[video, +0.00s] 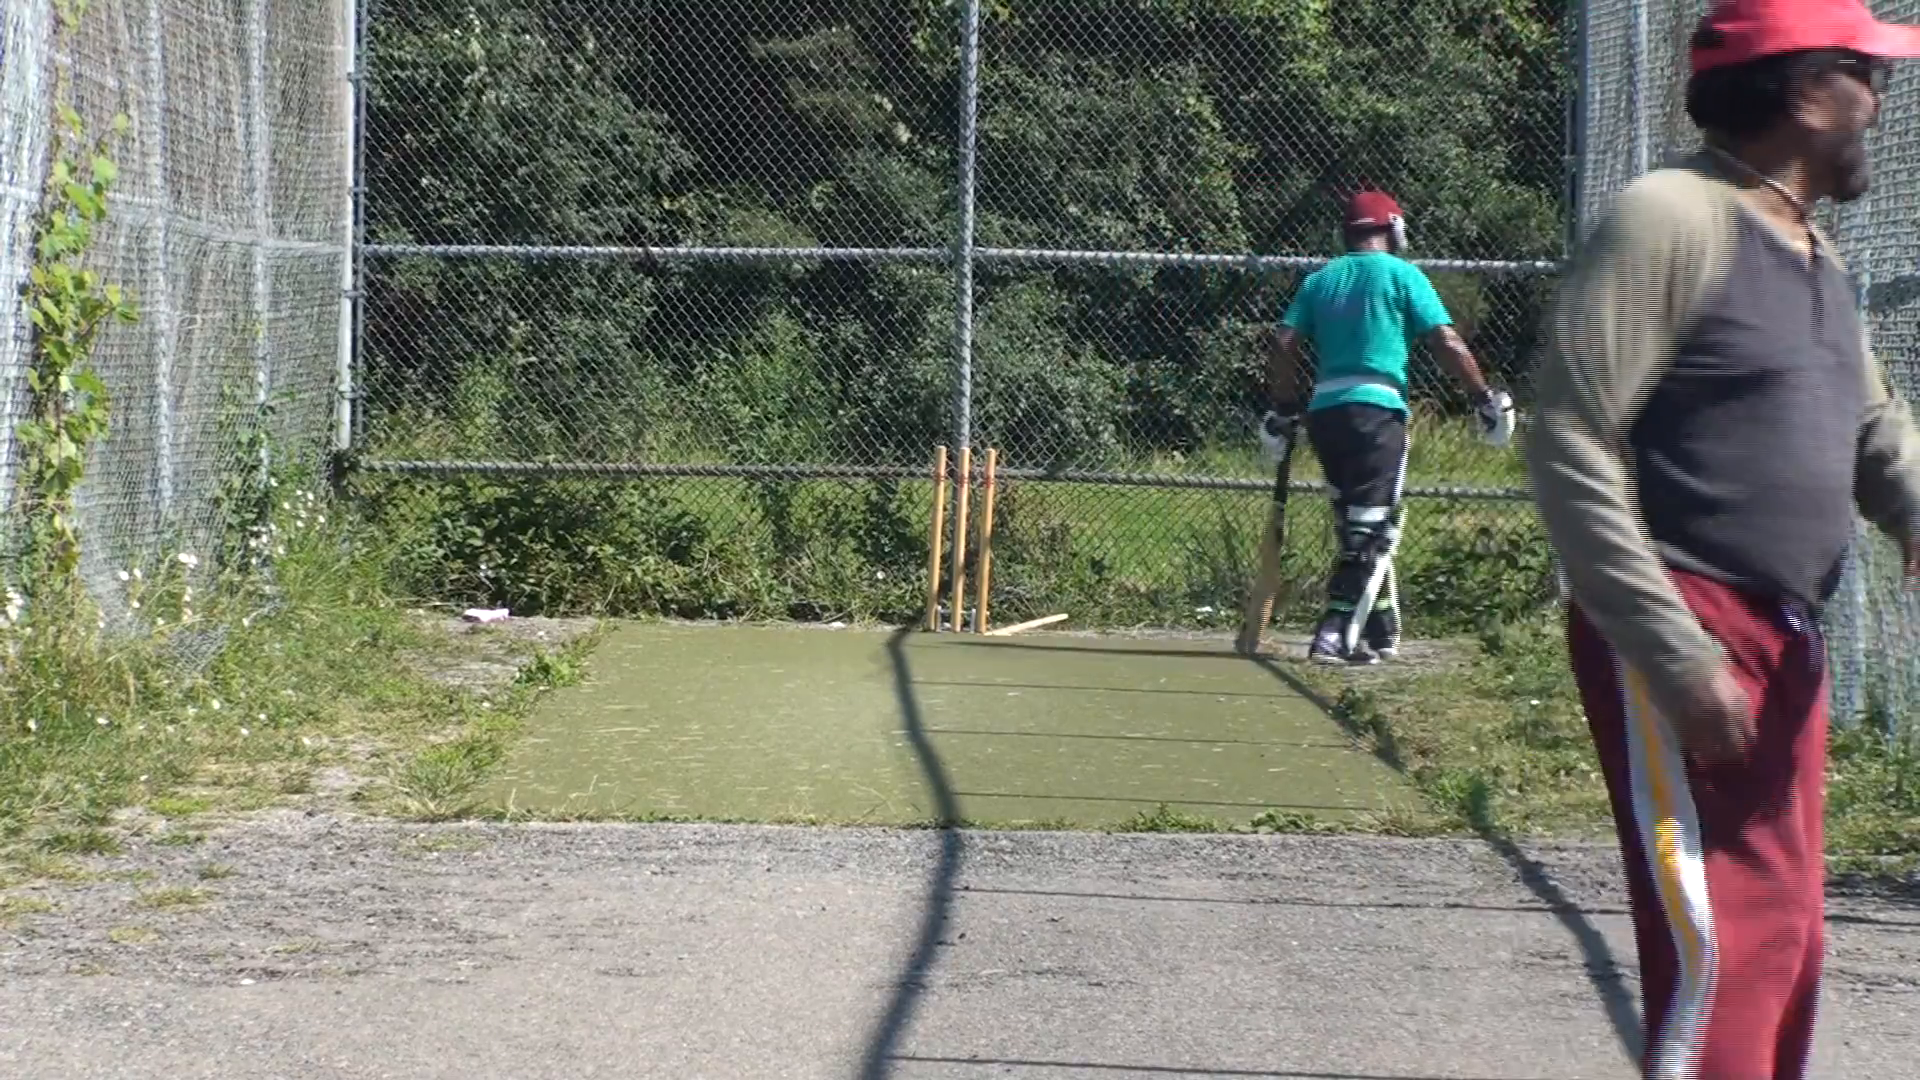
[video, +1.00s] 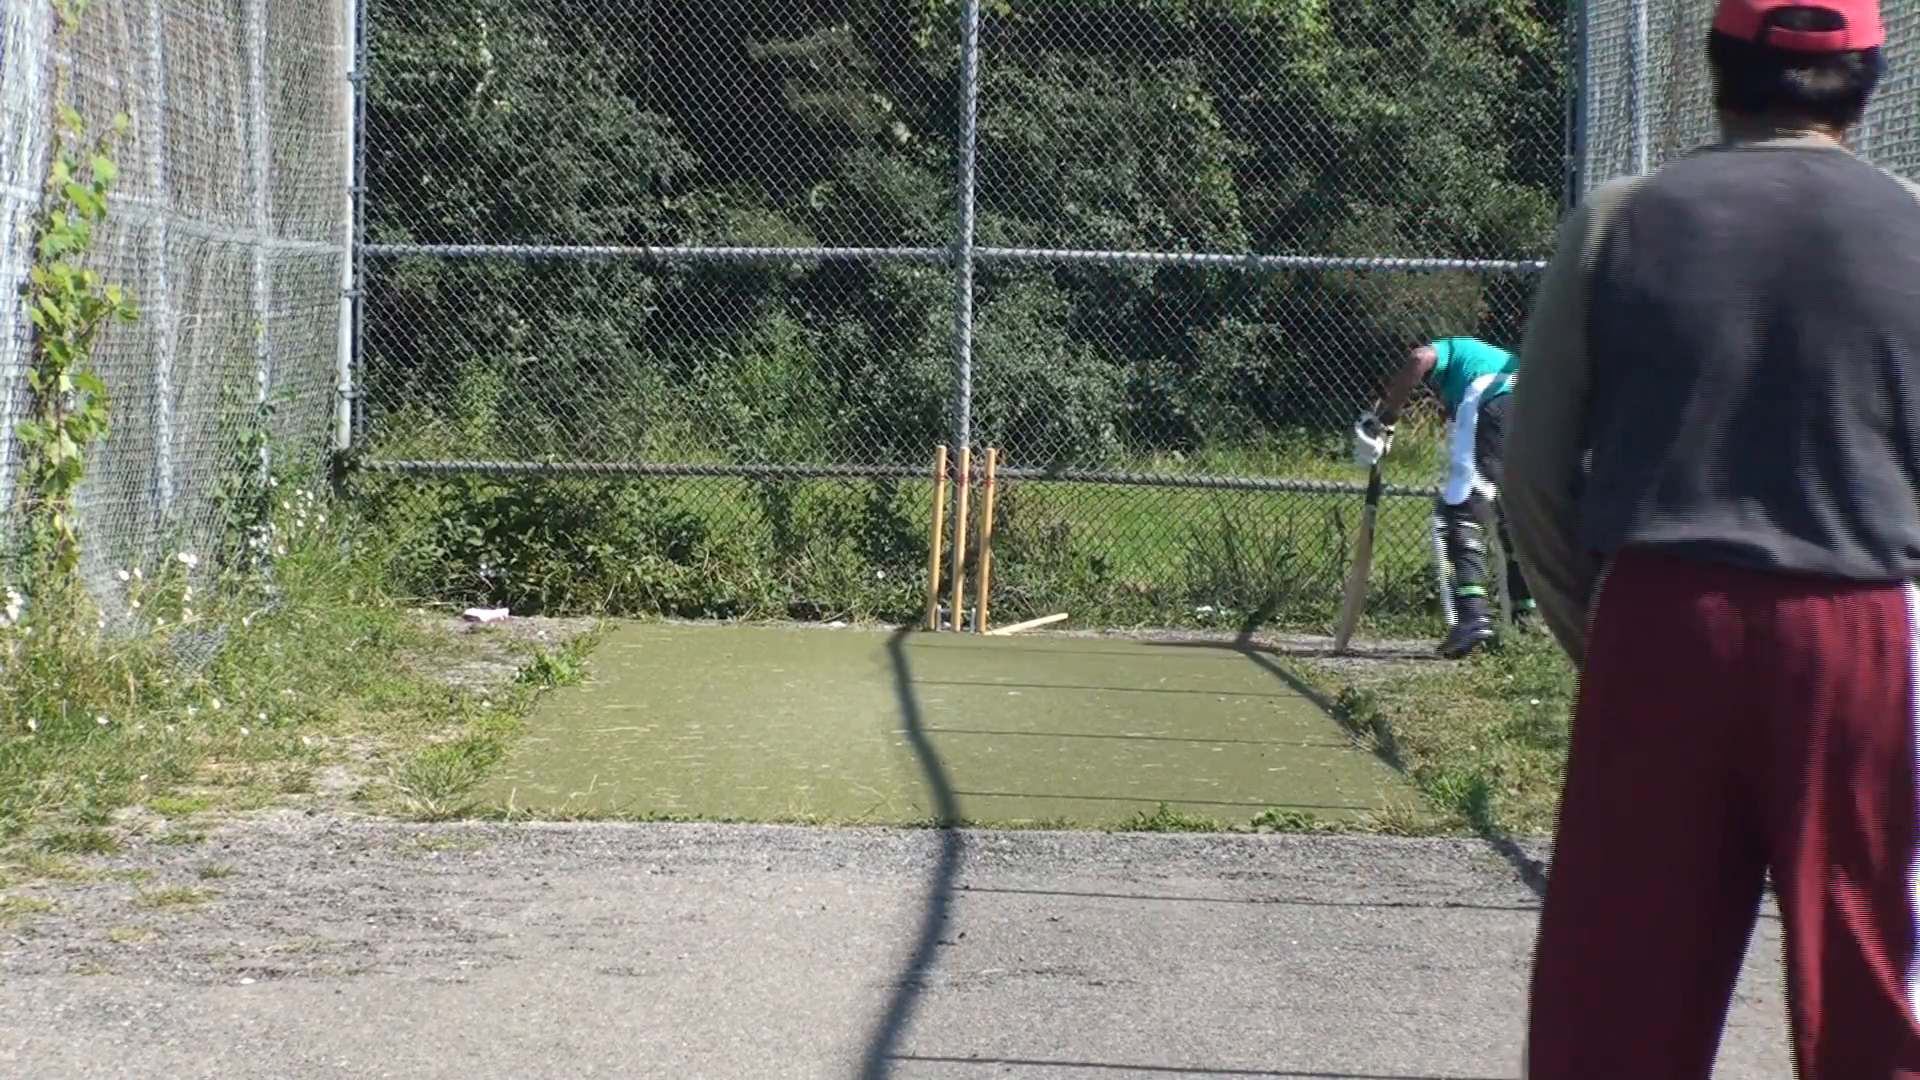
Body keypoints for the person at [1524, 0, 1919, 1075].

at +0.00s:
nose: (1878, 106)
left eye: (1874, 81)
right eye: (1861, 79)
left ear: (1797, 99)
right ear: (1796, 92)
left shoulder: (1816, 253)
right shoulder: (1663, 214)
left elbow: (1872, 431)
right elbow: (1565, 436)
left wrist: (1910, 516)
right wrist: (1674, 657)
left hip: (1783, 631)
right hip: (1679, 617)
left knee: (1790, 943)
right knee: (1724, 951)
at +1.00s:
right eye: (1856, 73)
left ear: (1722, 84)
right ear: (1863, 95)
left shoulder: (1620, 215)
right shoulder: (1906, 223)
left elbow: (1529, 472)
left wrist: (1612, 636)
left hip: (1661, 627)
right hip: (1865, 640)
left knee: (1621, 985)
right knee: (1872, 985)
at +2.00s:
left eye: (1659, 61)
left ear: (1667, 72)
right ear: (1817, 68)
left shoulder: (1593, 218)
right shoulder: (1899, 199)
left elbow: (1500, 482)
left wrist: (1583, 658)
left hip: (1685, 637)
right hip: (1887, 637)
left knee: (1674, 994)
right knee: (1883, 990)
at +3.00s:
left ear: (1742, 52)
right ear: (1893, 51)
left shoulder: (1680, 196)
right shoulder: (1919, 183)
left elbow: (1495, 330)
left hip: (1736, 647)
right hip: (1913, 651)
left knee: (1706, 992)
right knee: (1902, 996)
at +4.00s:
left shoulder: (1899, 184)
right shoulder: (1894, 185)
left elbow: (1739, 114)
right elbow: (1740, 116)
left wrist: (1731, 14)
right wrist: (1733, 22)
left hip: (1917, 598)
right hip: (1911, 593)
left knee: (1881, 932)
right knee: (1881, 925)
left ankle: (1835, 1061)